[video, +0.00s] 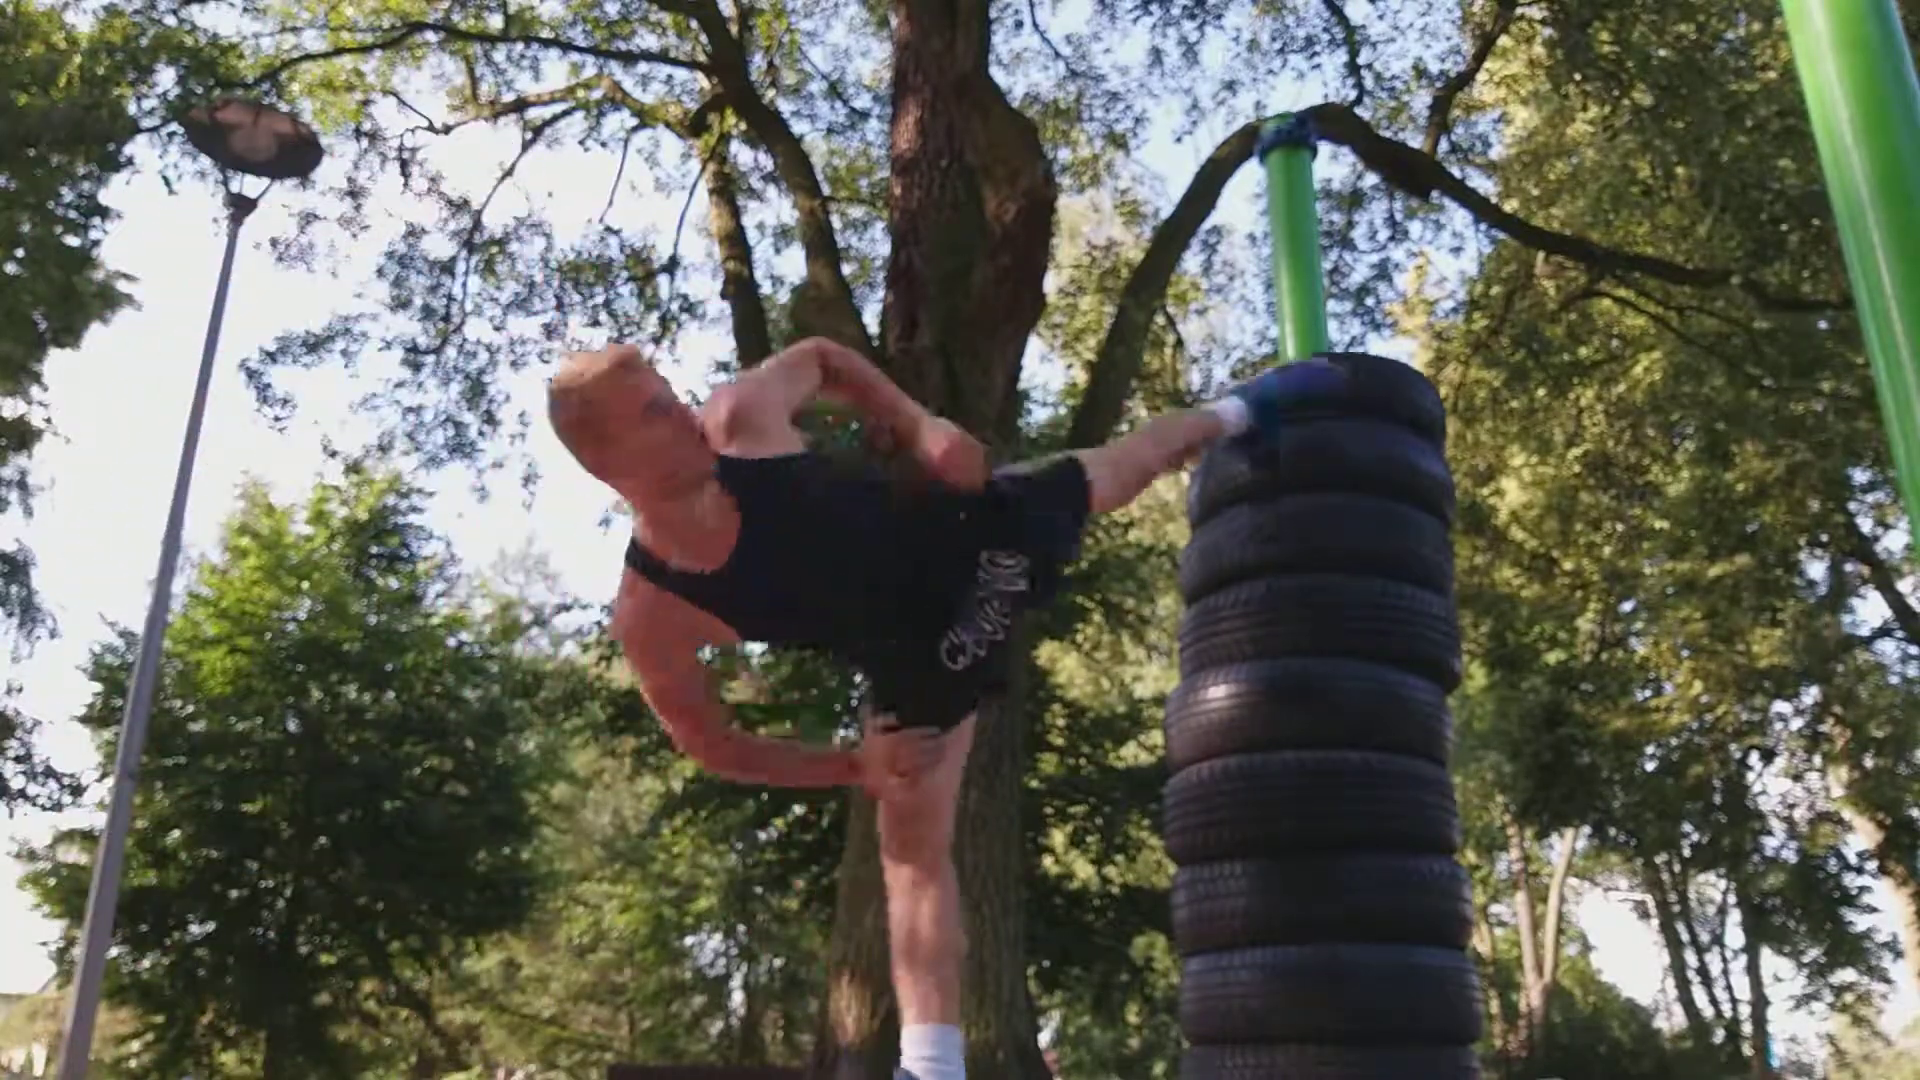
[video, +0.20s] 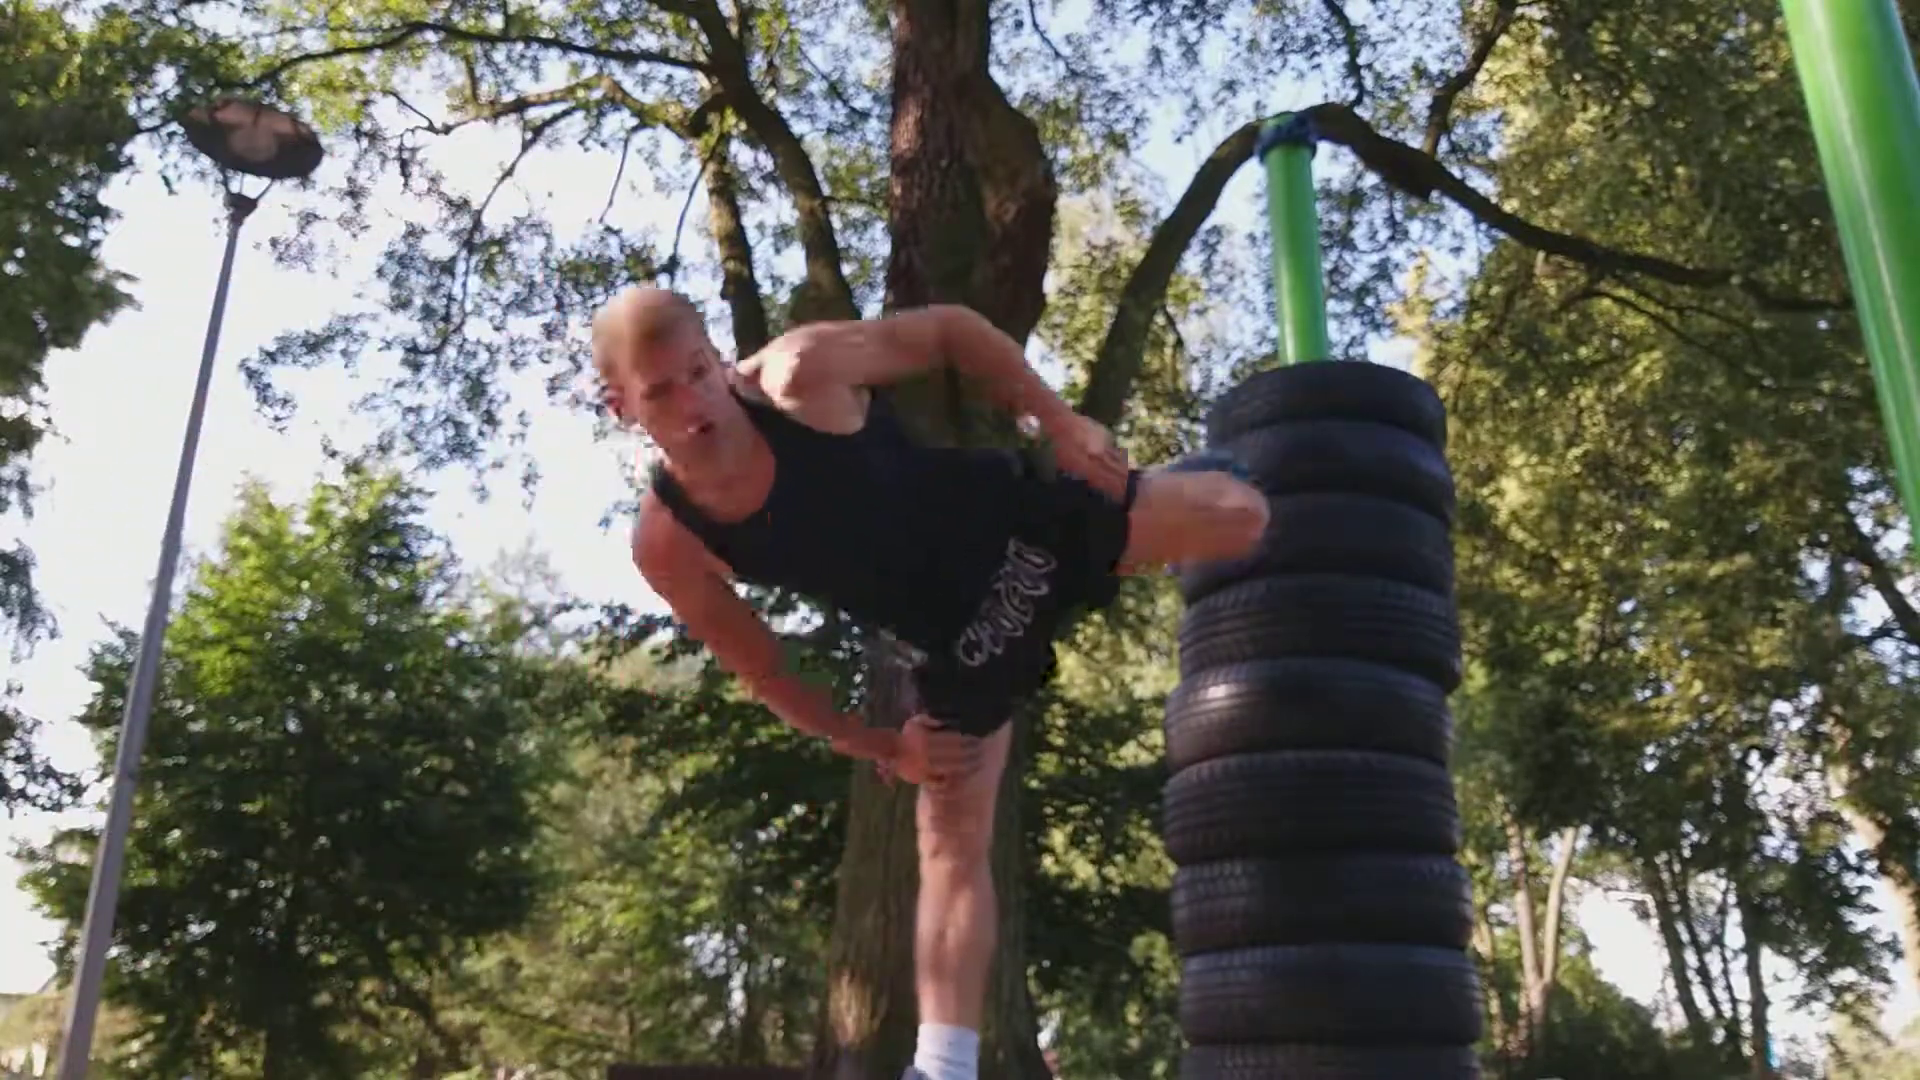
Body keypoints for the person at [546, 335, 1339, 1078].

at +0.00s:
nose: (685, 412)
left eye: (674, 394)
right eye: (655, 413)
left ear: (682, 399)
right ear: (609, 465)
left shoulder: (744, 418)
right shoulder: (651, 615)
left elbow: (821, 356)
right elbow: (713, 747)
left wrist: (919, 423)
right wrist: (844, 767)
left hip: (964, 536)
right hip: (911, 652)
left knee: (1124, 467)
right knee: (911, 840)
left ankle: (1238, 408)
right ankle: (931, 1064)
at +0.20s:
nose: (690, 403)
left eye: (696, 373)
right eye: (660, 393)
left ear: (716, 354)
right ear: (622, 409)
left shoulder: (800, 368)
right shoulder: (669, 543)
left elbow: (951, 332)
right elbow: (765, 674)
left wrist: (1059, 422)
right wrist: (879, 746)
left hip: (1016, 519)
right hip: (949, 630)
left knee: (1245, 519)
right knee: (949, 836)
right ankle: (945, 1066)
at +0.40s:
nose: (777, 131)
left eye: (796, 107)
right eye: (753, 110)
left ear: (828, 118)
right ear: (716, 129)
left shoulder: (910, 209)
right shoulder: (699, 283)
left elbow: (1062, 319)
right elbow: (692, 447)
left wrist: (972, 373)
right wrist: (723, 564)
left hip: (989, 489)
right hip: (877, 557)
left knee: (1086, 661)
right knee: (907, 826)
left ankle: (1162, 980)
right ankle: (940, 1068)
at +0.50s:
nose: (837, 59)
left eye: (859, 36)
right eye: (811, 40)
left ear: (891, 58)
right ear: (768, 71)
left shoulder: (959, 181)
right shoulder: (755, 238)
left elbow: (1033, 344)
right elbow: (709, 405)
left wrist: (851, 370)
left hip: (984, 493)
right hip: (855, 535)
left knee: (1017, 683)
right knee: (820, 834)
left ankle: (1078, 1039)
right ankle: (933, 1060)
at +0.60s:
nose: (871, 0)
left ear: (907, 16)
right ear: (793, 15)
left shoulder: (961, 122)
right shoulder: (769, 175)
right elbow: (710, 354)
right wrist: (592, 254)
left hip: (969, 474)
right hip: (827, 500)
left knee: (1032, 678)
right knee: (707, 765)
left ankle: (1086, 1038)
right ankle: (891, 980)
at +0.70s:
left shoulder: (938, 61)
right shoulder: (718, 105)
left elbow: (1022, 219)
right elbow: (634, 287)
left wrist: (844, 185)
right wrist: (607, 163)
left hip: (936, 426)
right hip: (782, 437)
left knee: (1005, 676)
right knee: (640, 642)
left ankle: (1075, 1035)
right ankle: (780, 981)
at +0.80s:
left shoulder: (907, 54)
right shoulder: (666, 79)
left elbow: (1029, 216)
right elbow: (515, 193)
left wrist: (929, 195)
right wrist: (625, 44)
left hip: (903, 415)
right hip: (732, 413)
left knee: (980, 665)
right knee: (598, 594)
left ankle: (1067, 1037)